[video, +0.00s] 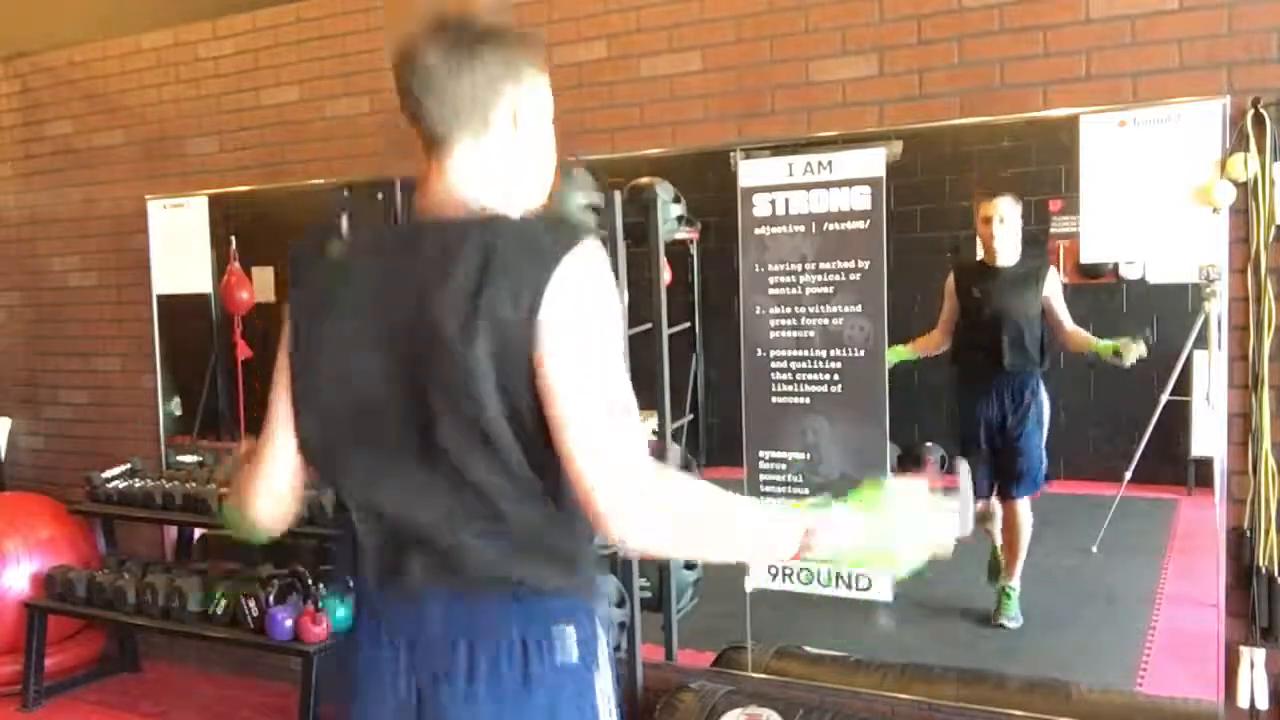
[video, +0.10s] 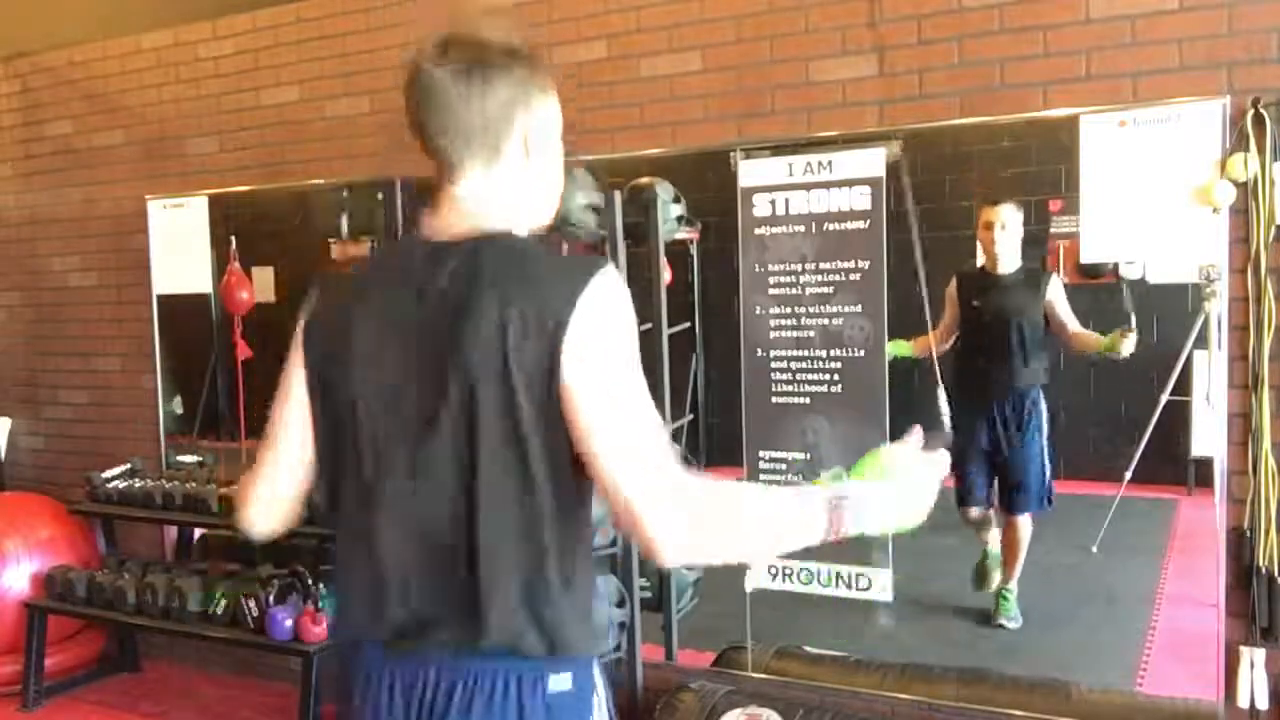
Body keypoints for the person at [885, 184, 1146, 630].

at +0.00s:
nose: (991, 229)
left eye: (999, 221)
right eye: (985, 221)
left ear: (1018, 226)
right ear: (976, 227)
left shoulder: (1042, 276)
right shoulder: (960, 278)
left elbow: (1067, 333)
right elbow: (942, 335)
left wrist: (1106, 348)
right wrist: (903, 351)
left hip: (1024, 391)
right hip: (974, 392)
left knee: (1016, 495)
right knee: (980, 501)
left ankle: (1011, 589)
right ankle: (996, 545)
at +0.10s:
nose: (994, 236)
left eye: (1003, 227)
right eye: (988, 227)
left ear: (1021, 233)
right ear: (977, 233)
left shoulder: (1043, 284)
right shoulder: (961, 285)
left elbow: (1073, 334)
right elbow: (942, 336)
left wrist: (1106, 343)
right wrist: (908, 347)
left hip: (1025, 403)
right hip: (973, 403)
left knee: (1018, 506)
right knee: (971, 507)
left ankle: (1008, 590)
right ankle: (990, 545)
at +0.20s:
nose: (991, 210)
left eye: (1000, 202)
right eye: (986, 202)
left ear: (1020, 208)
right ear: (977, 208)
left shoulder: (1043, 258)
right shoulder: (963, 259)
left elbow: (1072, 316)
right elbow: (944, 319)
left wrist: (1109, 348)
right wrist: (902, 354)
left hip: (1023, 380)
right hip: (972, 380)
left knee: (1015, 482)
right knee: (966, 486)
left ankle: (1013, 580)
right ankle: (983, 552)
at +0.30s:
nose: (995, 204)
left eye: (1004, 196)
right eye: (989, 196)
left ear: (1021, 201)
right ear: (978, 203)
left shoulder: (1042, 252)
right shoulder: (963, 254)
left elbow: (1070, 312)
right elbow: (943, 315)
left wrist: (1107, 352)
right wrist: (905, 357)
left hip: (1023, 373)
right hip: (971, 372)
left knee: (1013, 476)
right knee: (966, 476)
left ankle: (1008, 577)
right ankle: (972, 571)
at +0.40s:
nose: (996, 226)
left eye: (1005, 218)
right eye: (989, 217)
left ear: (1021, 224)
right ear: (979, 224)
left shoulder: (1043, 272)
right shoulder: (964, 273)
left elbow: (1070, 328)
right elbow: (944, 332)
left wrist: (1109, 350)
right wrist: (901, 354)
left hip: (1021, 390)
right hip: (972, 389)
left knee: (1012, 494)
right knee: (969, 493)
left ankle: (1009, 589)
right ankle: (964, 593)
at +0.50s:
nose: (995, 239)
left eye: (1004, 231)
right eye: (989, 230)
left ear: (1021, 236)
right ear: (978, 236)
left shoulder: (1043, 288)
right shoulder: (961, 288)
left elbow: (1075, 337)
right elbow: (943, 341)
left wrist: (1110, 347)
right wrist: (895, 350)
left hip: (1021, 406)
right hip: (968, 404)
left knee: (1011, 506)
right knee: (960, 505)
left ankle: (1006, 592)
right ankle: (962, 603)